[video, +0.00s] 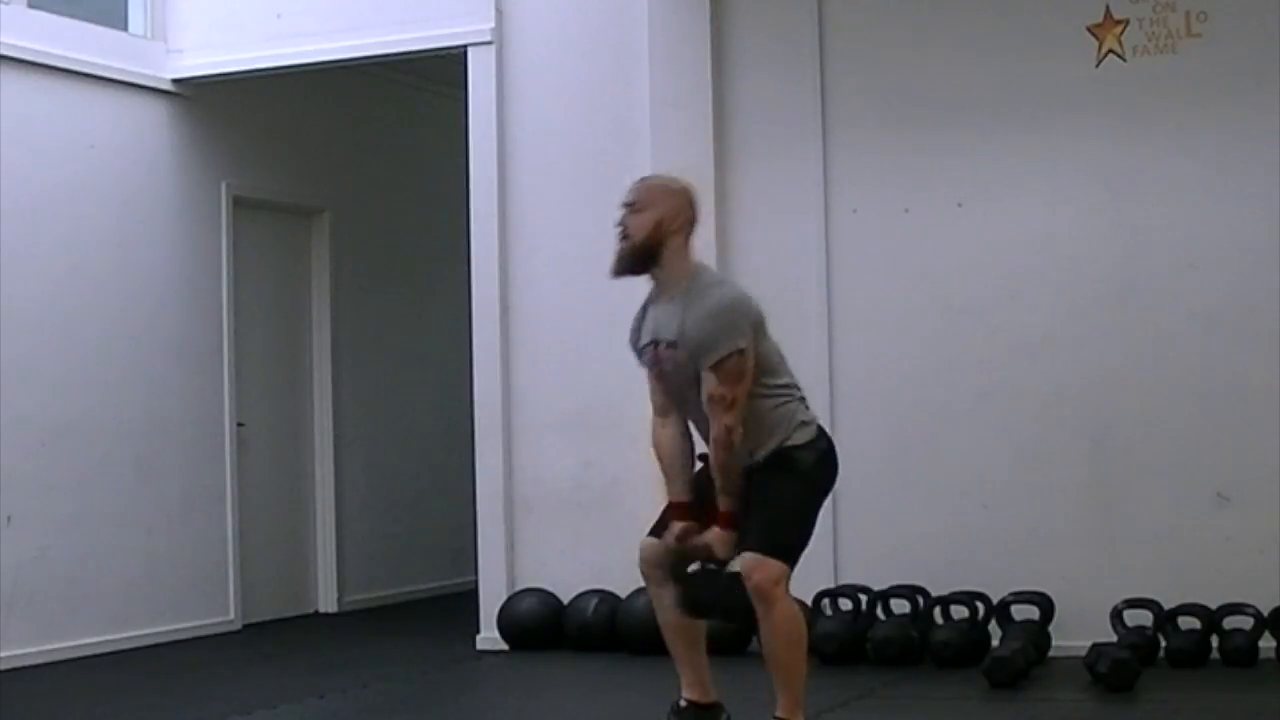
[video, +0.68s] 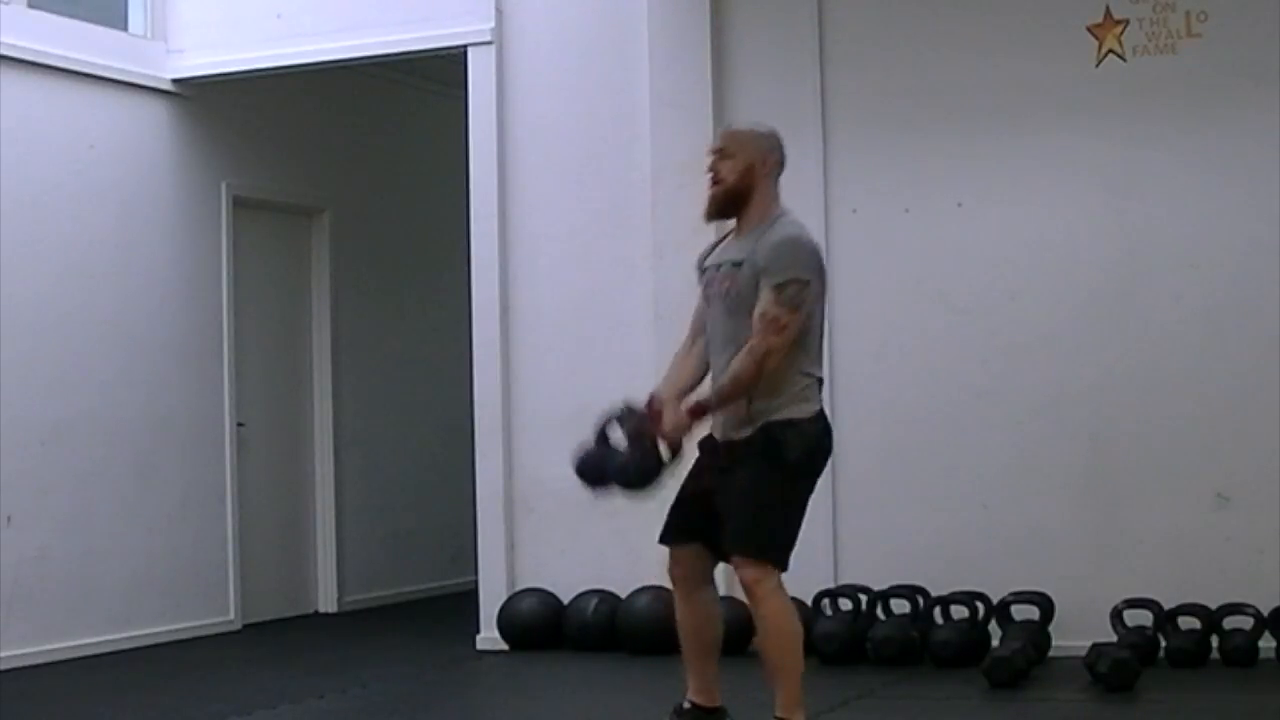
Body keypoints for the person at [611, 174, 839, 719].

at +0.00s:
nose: (621, 221)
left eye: (635, 210)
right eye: (624, 210)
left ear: (677, 222)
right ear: (657, 226)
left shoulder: (721, 304)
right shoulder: (649, 318)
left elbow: (727, 424)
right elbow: (666, 418)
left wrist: (727, 519)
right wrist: (681, 511)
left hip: (794, 453)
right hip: (734, 461)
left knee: (762, 574)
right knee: (658, 555)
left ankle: (791, 712)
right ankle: (699, 702)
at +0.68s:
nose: (710, 169)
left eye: (722, 158)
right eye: (711, 159)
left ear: (761, 167)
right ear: (746, 171)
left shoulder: (789, 245)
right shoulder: (718, 253)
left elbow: (765, 350)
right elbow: (700, 341)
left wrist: (695, 408)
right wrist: (662, 401)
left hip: (785, 435)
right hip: (730, 437)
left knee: (755, 569)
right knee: (687, 562)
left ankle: (791, 712)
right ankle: (703, 705)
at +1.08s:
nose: (702, 155)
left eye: (717, 145)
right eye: (703, 146)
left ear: (757, 159)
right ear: (714, 164)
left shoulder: (775, 231)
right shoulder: (704, 238)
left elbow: (725, 308)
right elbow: (654, 321)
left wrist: (685, 242)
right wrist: (636, 251)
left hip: (761, 425)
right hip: (706, 429)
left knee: (746, 572)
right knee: (678, 565)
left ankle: (790, 712)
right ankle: (703, 705)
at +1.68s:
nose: (782, 164)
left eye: (779, 155)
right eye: (780, 154)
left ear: (750, 156)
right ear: (757, 152)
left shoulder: (774, 213)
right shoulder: (685, 211)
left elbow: (717, 186)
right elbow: (618, 186)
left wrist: (714, 120)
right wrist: (652, 129)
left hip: (744, 408)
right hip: (688, 407)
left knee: (735, 563)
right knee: (667, 560)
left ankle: (787, 709)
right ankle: (696, 699)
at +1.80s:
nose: (680, 163)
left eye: (695, 152)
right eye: (679, 155)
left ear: (729, 162)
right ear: (679, 172)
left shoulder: (750, 222)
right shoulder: (674, 223)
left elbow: (745, 152)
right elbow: (645, 154)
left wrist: (730, 83)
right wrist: (668, 85)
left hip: (754, 432)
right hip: (701, 434)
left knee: (731, 584)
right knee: (656, 571)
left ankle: (789, 713)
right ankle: (702, 706)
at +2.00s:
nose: (646, 166)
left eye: (658, 156)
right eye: (649, 155)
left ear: (697, 165)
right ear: (680, 165)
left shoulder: (735, 216)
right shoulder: (672, 220)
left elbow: (750, 127)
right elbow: (676, 119)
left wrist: (745, 40)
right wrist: (694, 44)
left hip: (762, 422)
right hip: (709, 424)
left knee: (744, 580)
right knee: (676, 574)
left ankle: (789, 712)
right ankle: (702, 705)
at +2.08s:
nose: (643, 156)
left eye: (655, 145)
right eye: (644, 144)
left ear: (697, 153)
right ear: (674, 156)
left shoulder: (732, 204)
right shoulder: (669, 213)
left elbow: (748, 114)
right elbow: (685, 119)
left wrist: (750, 31)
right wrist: (700, 42)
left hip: (760, 411)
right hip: (707, 413)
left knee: (760, 572)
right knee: (697, 570)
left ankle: (792, 711)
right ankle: (704, 705)